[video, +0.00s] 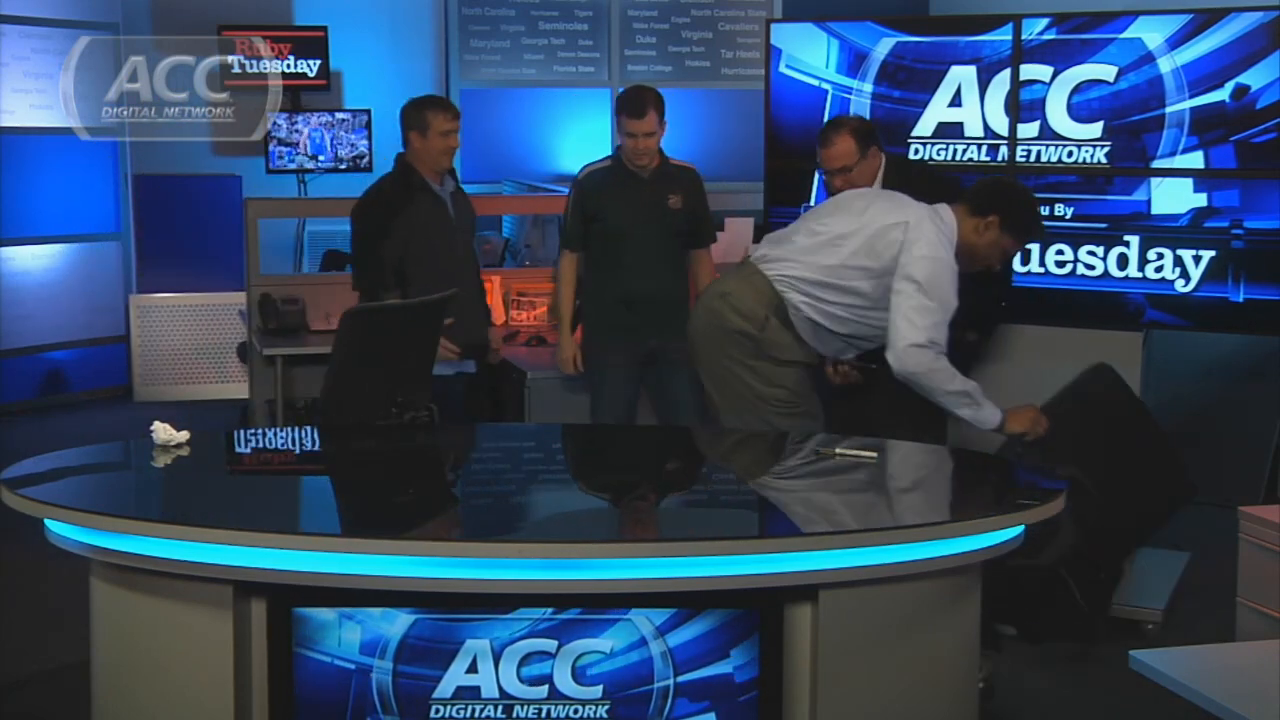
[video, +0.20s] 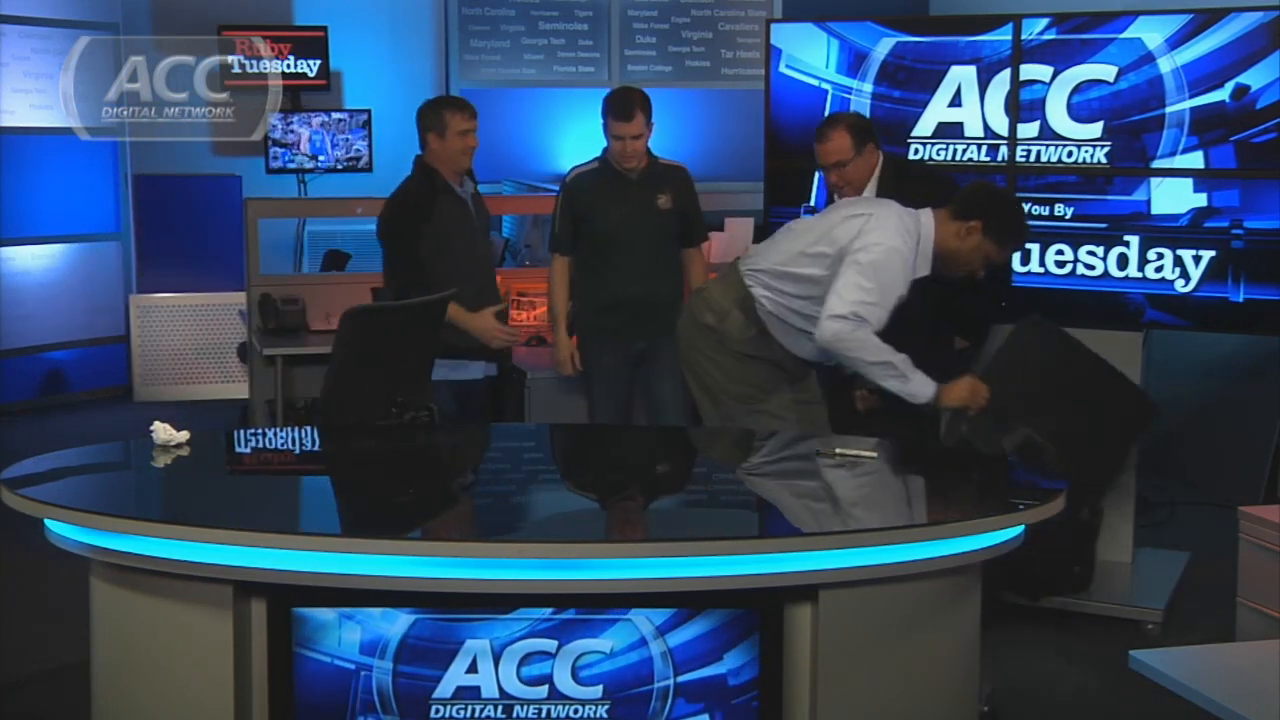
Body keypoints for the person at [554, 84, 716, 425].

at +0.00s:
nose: (640, 145)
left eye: (649, 135)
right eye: (630, 135)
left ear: (662, 129)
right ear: (617, 129)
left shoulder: (685, 180)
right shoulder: (590, 183)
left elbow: (701, 260)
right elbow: (569, 259)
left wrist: (710, 329)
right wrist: (564, 334)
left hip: (671, 333)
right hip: (608, 336)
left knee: (685, 438)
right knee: (611, 442)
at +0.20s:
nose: (627, 148)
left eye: (636, 138)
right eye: (618, 139)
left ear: (650, 128)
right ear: (605, 130)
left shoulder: (675, 179)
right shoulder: (578, 184)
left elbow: (693, 257)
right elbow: (560, 263)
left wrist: (701, 325)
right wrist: (561, 335)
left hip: (664, 333)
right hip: (602, 335)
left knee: (673, 436)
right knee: (608, 438)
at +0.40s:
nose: (623, 152)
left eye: (632, 142)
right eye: (613, 143)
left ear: (646, 132)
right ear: (601, 134)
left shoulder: (675, 181)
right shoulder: (575, 187)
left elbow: (694, 261)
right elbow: (560, 266)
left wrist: (698, 329)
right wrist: (567, 334)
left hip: (661, 339)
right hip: (599, 342)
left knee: (658, 445)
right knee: (606, 445)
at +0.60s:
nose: (627, 155)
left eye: (637, 144)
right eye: (618, 145)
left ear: (652, 133)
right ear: (607, 135)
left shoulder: (682, 182)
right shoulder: (580, 186)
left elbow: (702, 257)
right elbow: (563, 264)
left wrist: (702, 326)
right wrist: (573, 333)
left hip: (667, 338)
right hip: (602, 342)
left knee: (665, 444)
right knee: (609, 445)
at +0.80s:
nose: (636, 155)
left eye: (646, 145)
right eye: (627, 145)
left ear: (663, 135)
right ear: (616, 135)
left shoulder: (692, 184)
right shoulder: (589, 185)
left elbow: (711, 260)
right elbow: (570, 262)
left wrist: (709, 334)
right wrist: (569, 339)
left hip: (674, 341)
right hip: (606, 345)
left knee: (672, 448)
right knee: (612, 448)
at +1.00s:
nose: (643, 155)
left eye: (653, 145)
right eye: (634, 145)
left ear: (672, 136)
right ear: (625, 133)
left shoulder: (699, 186)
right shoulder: (597, 185)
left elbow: (718, 263)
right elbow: (577, 263)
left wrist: (716, 340)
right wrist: (569, 340)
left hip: (679, 344)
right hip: (610, 347)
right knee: (616, 454)